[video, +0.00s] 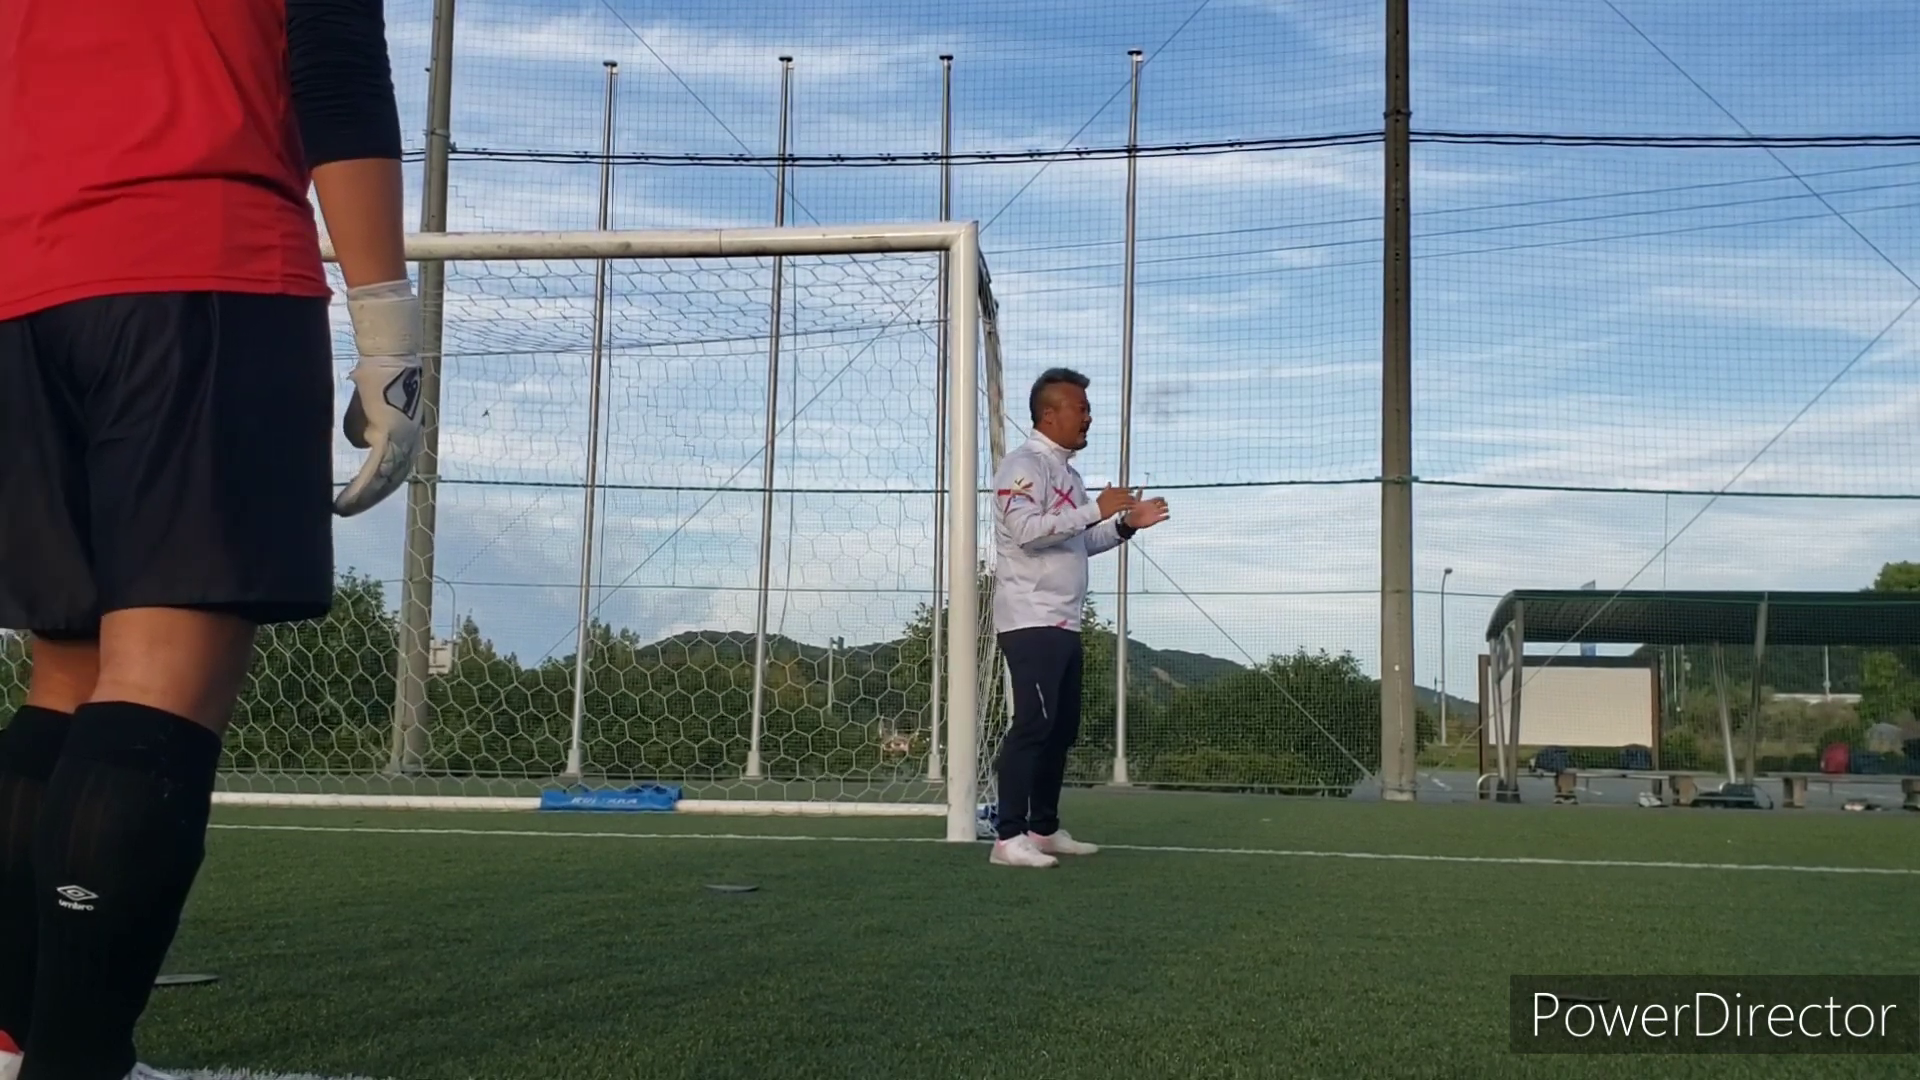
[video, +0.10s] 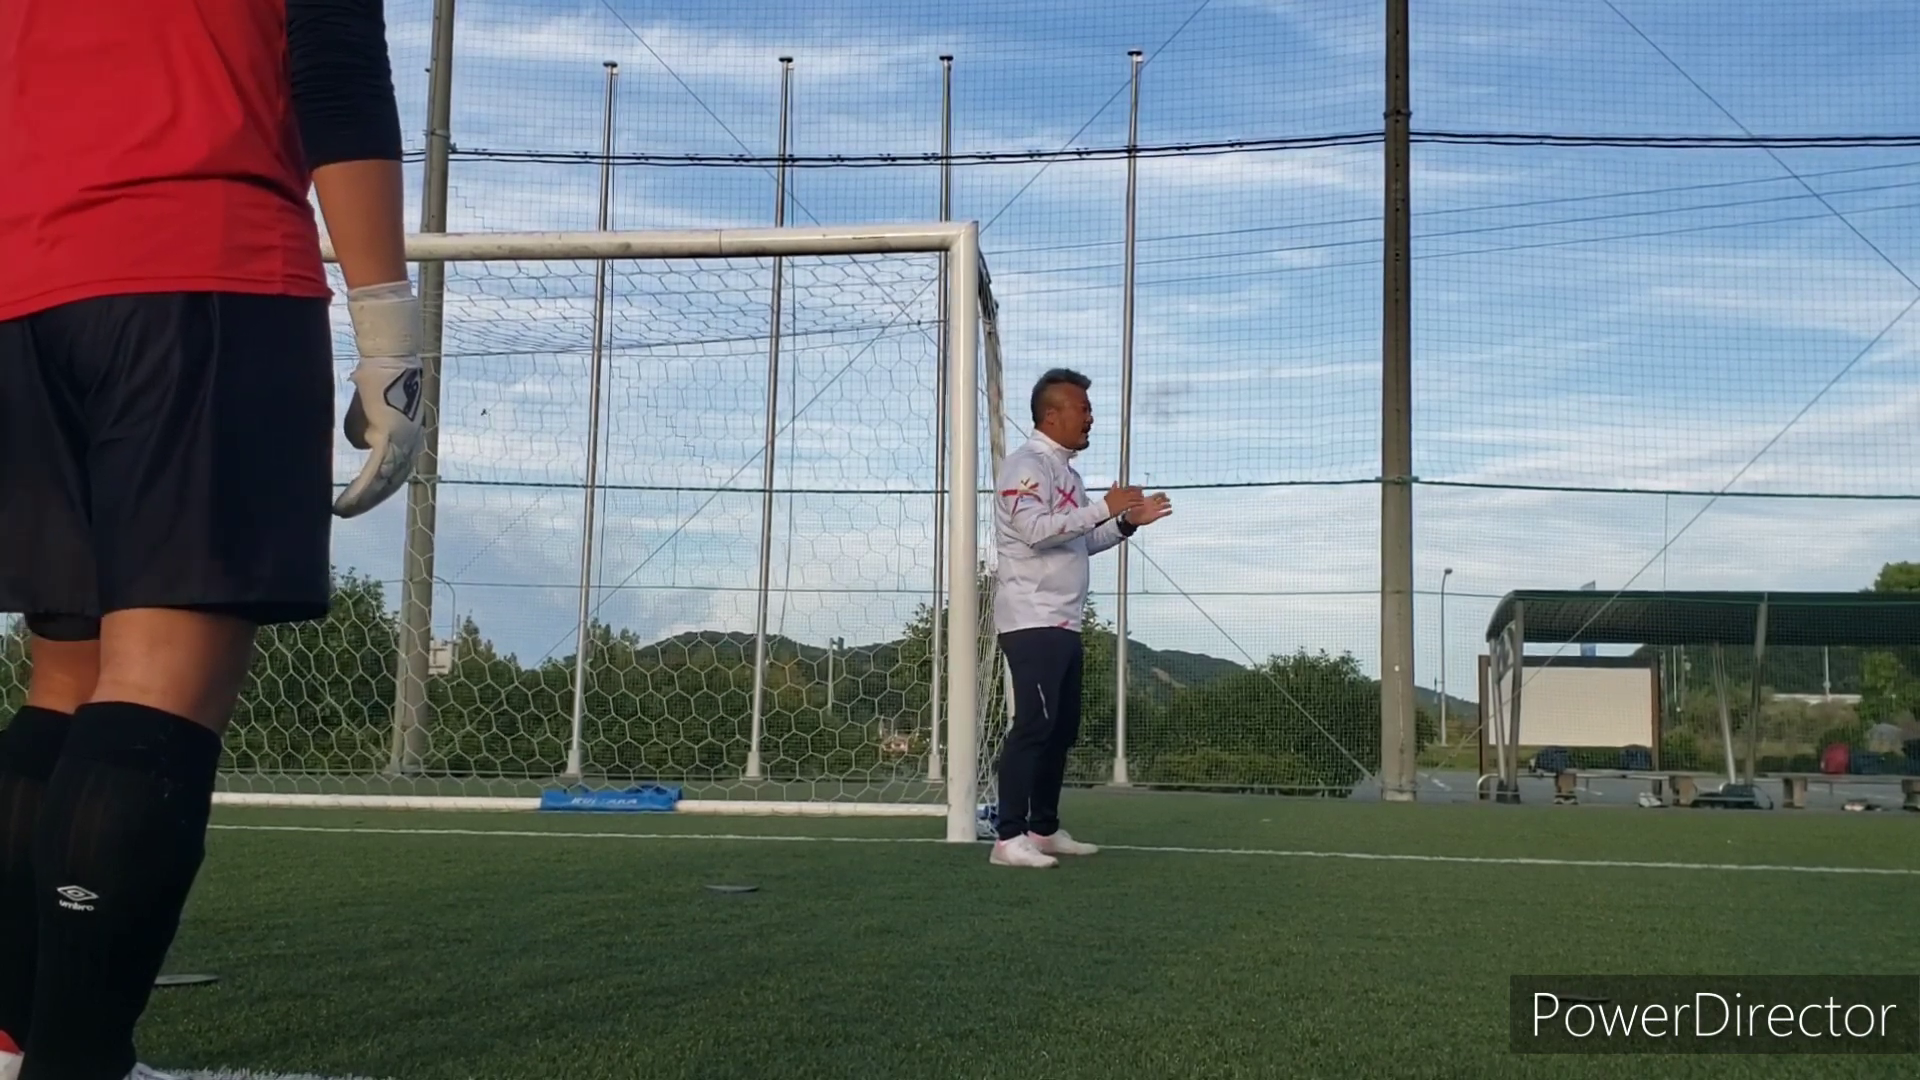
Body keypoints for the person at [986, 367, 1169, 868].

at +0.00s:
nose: (1089, 416)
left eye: (1088, 408)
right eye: (1081, 408)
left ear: (1064, 414)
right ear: (1049, 414)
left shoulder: (1070, 477)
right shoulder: (1023, 464)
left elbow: (1079, 541)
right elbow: (1026, 530)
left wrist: (1126, 524)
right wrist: (1097, 509)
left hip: (1062, 621)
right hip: (1029, 618)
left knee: (1060, 726)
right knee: (1033, 724)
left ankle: (1043, 830)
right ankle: (1008, 838)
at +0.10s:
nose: (1092, 417)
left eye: (1090, 408)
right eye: (1084, 409)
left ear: (1062, 415)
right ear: (1052, 415)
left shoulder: (1069, 477)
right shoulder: (1026, 464)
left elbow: (1080, 541)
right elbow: (1034, 528)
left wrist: (1125, 523)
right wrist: (1105, 507)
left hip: (1062, 621)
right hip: (1031, 619)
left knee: (1060, 728)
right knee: (1034, 725)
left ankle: (1043, 830)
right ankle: (1009, 839)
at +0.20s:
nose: (1093, 416)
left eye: (1091, 407)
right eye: (1085, 408)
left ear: (1063, 415)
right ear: (1054, 414)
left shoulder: (1069, 474)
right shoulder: (1027, 463)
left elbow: (1080, 540)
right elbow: (1042, 526)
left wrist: (1126, 522)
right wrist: (1110, 504)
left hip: (1062, 620)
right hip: (1031, 618)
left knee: (1061, 726)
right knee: (1035, 724)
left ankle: (1043, 830)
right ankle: (1009, 839)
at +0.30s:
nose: (1095, 418)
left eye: (1093, 409)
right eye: (1087, 409)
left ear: (1067, 416)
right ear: (1054, 415)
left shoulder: (1070, 476)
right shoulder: (1030, 463)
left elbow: (1080, 542)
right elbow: (1046, 525)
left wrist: (1127, 522)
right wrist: (1114, 504)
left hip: (1062, 620)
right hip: (1031, 618)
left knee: (1062, 727)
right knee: (1036, 725)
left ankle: (1043, 830)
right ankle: (1009, 839)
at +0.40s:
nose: (1098, 417)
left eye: (1096, 408)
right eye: (1090, 408)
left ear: (1067, 416)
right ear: (1059, 414)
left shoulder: (1069, 474)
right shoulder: (1033, 462)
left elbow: (1081, 542)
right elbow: (1050, 523)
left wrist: (1128, 522)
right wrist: (1118, 502)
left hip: (1061, 619)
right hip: (1033, 617)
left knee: (1062, 727)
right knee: (1037, 725)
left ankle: (1043, 830)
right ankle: (1009, 839)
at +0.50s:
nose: (1100, 418)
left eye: (1098, 409)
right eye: (1092, 409)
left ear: (1069, 415)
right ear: (1062, 414)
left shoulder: (1069, 473)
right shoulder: (1034, 462)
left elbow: (1081, 542)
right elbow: (1052, 523)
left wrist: (1129, 522)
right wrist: (1120, 502)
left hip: (1062, 618)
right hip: (1033, 616)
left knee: (1063, 726)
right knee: (1038, 724)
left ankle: (1043, 830)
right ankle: (1009, 839)